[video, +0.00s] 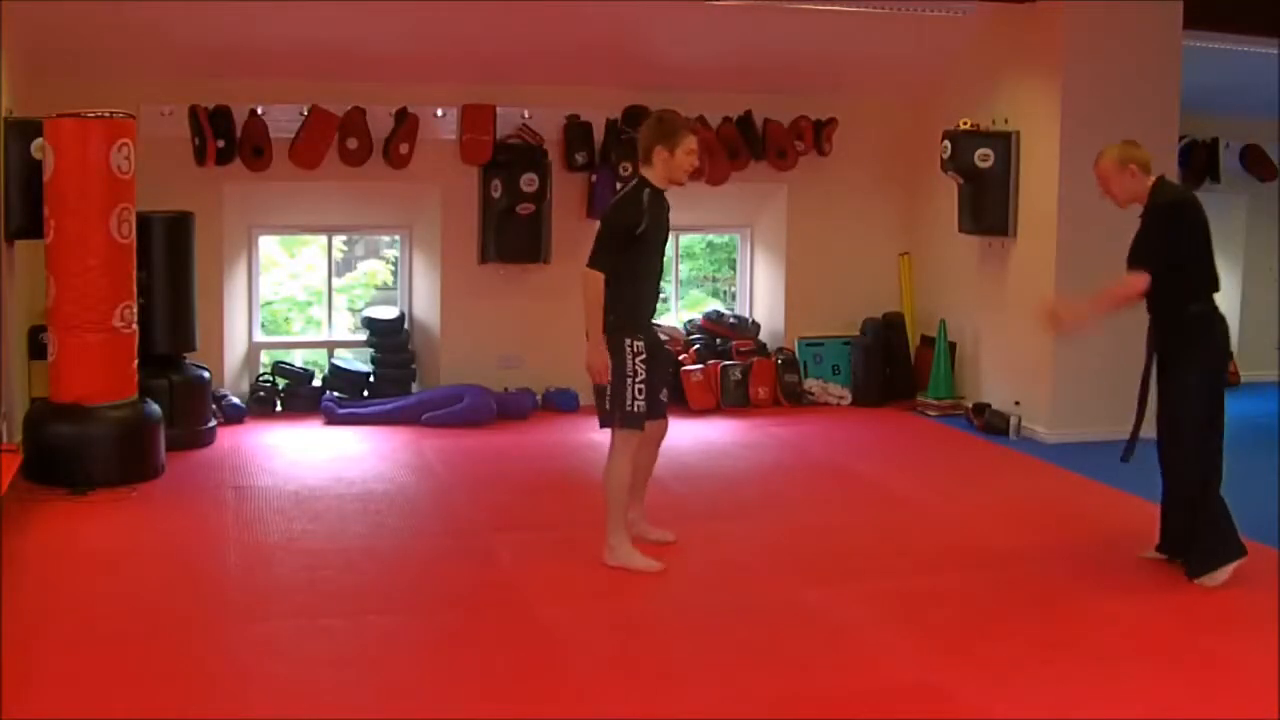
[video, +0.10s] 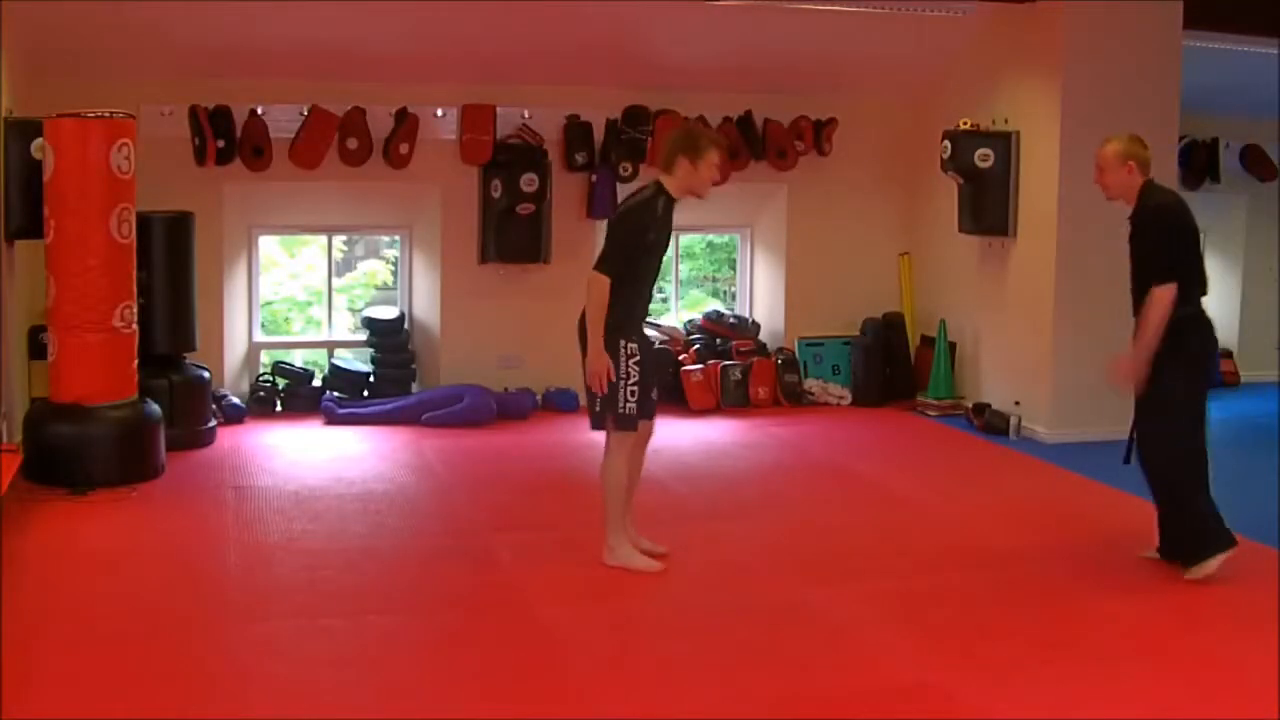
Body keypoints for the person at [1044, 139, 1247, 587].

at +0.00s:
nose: (1106, 194)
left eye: (1107, 185)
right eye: (1103, 186)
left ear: (1132, 173)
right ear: (1133, 173)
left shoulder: (1166, 207)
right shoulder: (1172, 202)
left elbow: (1138, 283)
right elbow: (1197, 287)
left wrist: (1079, 311)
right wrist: (1223, 351)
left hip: (1191, 340)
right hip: (1187, 337)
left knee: (1189, 445)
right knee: (1175, 442)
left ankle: (1219, 550)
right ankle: (1178, 541)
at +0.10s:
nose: (1097, 180)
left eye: (1103, 170)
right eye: (1097, 171)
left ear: (1131, 170)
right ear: (1129, 171)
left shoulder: (1159, 210)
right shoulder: (1149, 209)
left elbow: (1164, 290)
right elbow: (1159, 289)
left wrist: (1141, 353)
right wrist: (1144, 349)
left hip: (1181, 340)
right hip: (1169, 339)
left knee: (1167, 440)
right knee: (1159, 439)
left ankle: (1209, 541)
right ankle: (1178, 540)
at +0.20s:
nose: (1091, 174)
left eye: (1098, 166)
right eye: (1092, 166)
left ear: (1125, 169)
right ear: (1121, 169)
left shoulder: (1153, 209)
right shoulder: (1133, 211)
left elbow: (1179, 288)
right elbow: (1150, 289)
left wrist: (1165, 357)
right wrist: (1139, 351)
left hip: (1161, 353)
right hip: (1149, 349)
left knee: (1128, 444)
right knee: (1171, 445)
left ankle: (1170, 543)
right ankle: (1194, 537)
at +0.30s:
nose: (1081, 169)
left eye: (1089, 162)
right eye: (1083, 161)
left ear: (1116, 168)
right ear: (1111, 168)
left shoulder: (1146, 210)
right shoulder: (1110, 214)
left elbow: (1171, 285)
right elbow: (1100, 290)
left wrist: (1170, 357)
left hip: (1146, 360)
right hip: (1131, 357)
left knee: (1101, 445)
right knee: (1163, 451)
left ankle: (1104, 550)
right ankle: (1185, 541)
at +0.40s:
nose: (1066, 179)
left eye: (1074, 171)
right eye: (1067, 171)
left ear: (1100, 175)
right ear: (1090, 176)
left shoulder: (1130, 221)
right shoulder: (1085, 225)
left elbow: (1156, 300)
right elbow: (1042, 287)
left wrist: (1161, 373)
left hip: (1130, 368)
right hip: (1116, 365)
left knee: (1075, 445)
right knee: (1155, 456)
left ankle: (1045, 548)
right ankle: (1181, 543)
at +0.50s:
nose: (1038, 189)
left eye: (1046, 181)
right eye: (1039, 181)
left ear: (1076, 185)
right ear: (1063, 186)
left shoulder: (1102, 232)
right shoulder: (1054, 231)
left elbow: (1127, 314)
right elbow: (996, 271)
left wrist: (1140, 390)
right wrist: (931, 298)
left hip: (1101, 376)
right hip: (1094, 372)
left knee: (1043, 461)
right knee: (1140, 461)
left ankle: (995, 550)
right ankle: (1178, 545)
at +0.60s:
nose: (1001, 200)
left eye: (1011, 191)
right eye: (1003, 191)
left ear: (1041, 196)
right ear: (1027, 197)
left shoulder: (1069, 240)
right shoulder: (1017, 237)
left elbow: (1094, 324)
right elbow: (959, 262)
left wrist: (1103, 402)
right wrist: (892, 278)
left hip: (1069, 380)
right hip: (1059, 376)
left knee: (1010, 457)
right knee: (1107, 454)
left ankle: (975, 560)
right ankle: (1163, 532)